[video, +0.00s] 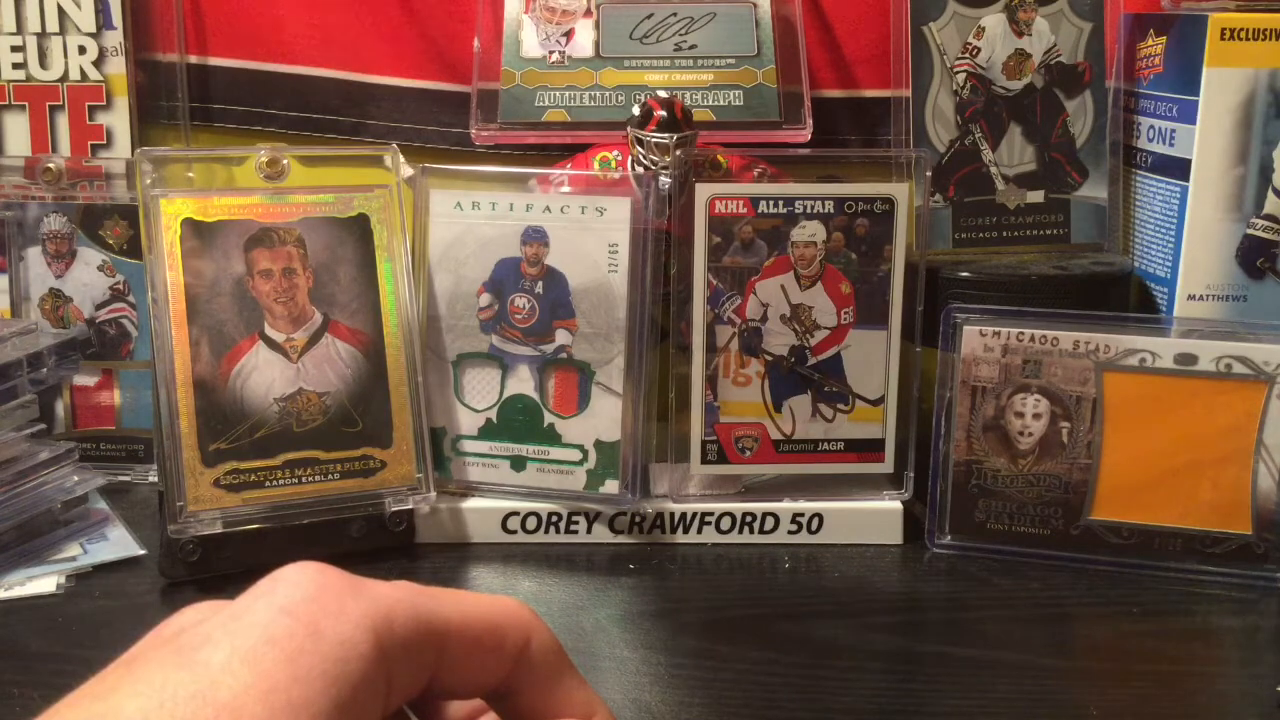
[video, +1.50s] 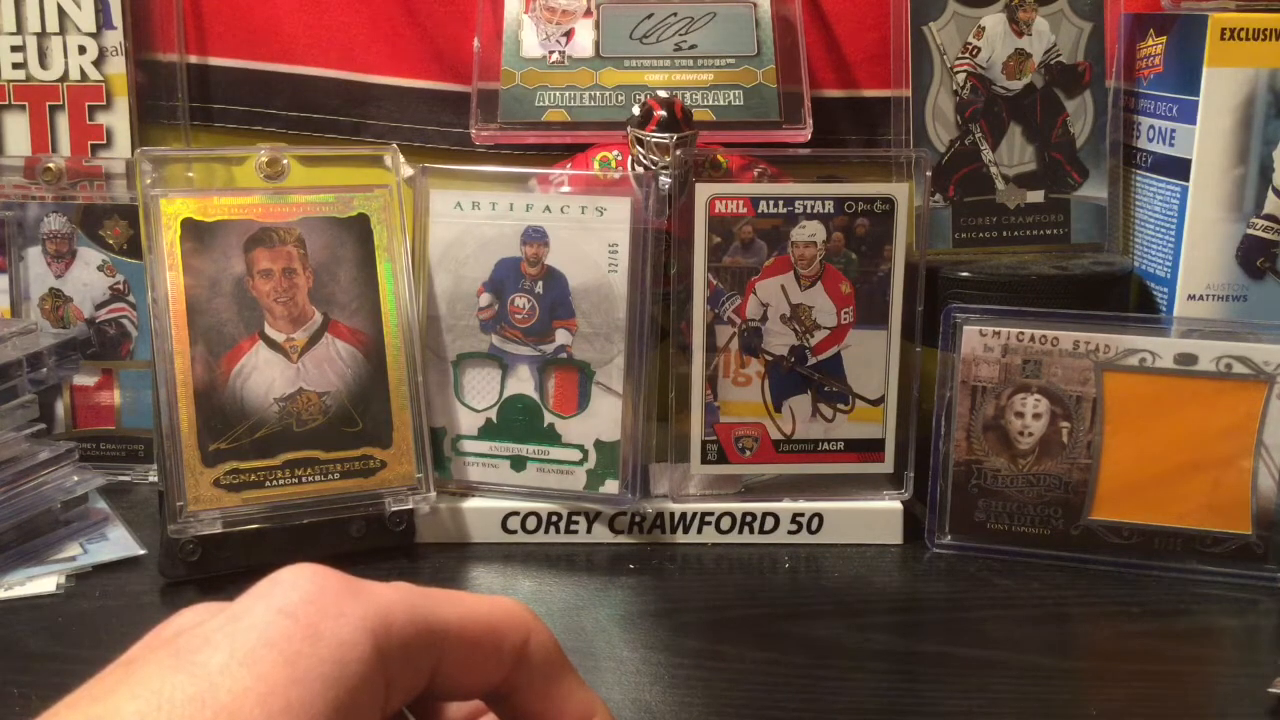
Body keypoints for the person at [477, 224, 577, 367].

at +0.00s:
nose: (535, 251)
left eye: (540, 247)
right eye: (530, 246)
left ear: (546, 251)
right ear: (522, 248)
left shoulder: (556, 279)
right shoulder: (505, 268)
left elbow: (565, 320)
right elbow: (487, 291)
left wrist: (562, 348)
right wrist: (486, 314)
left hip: (541, 352)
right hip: (503, 347)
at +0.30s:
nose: (535, 251)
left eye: (540, 247)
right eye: (530, 246)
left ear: (546, 251)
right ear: (522, 248)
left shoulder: (556, 279)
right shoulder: (505, 268)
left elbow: (565, 319)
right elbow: (487, 291)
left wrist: (562, 348)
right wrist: (486, 313)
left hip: (542, 352)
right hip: (503, 347)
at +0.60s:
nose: (534, 251)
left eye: (540, 247)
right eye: (530, 246)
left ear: (546, 250)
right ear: (522, 248)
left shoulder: (557, 280)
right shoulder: (504, 267)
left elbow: (565, 321)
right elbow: (487, 291)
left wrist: (562, 349)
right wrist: (486, 316)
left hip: (541, 353)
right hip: (502, 348)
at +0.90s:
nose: (534, 251)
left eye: (540, 246)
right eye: (530, 246)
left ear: (546, 250)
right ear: (522, 248)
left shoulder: (557, 280)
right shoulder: (504, 268)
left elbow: (565, 321)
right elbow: (487, 291)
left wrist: (562, 350)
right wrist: (486, 316)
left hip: (541, 353)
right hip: (502, 348)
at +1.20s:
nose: (534, 251)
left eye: (540, 246)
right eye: (530, 246)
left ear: (546, 250)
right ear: (522, 248)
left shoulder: (557, 280)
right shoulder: (504, 268)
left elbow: (565, 321)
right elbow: (487, 291)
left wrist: (562, 349)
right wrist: (486, 316)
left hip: (541, 353)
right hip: (503, 348)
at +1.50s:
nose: (535, 251)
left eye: (540, 246)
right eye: (530, 246)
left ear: (546, 250)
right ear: (522, 248)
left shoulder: (557, 280)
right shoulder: (504, 267)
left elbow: (565, 321)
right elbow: (487, 292)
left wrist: (562, 350)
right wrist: (487, 318)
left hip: (541, 353)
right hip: (502, 348)